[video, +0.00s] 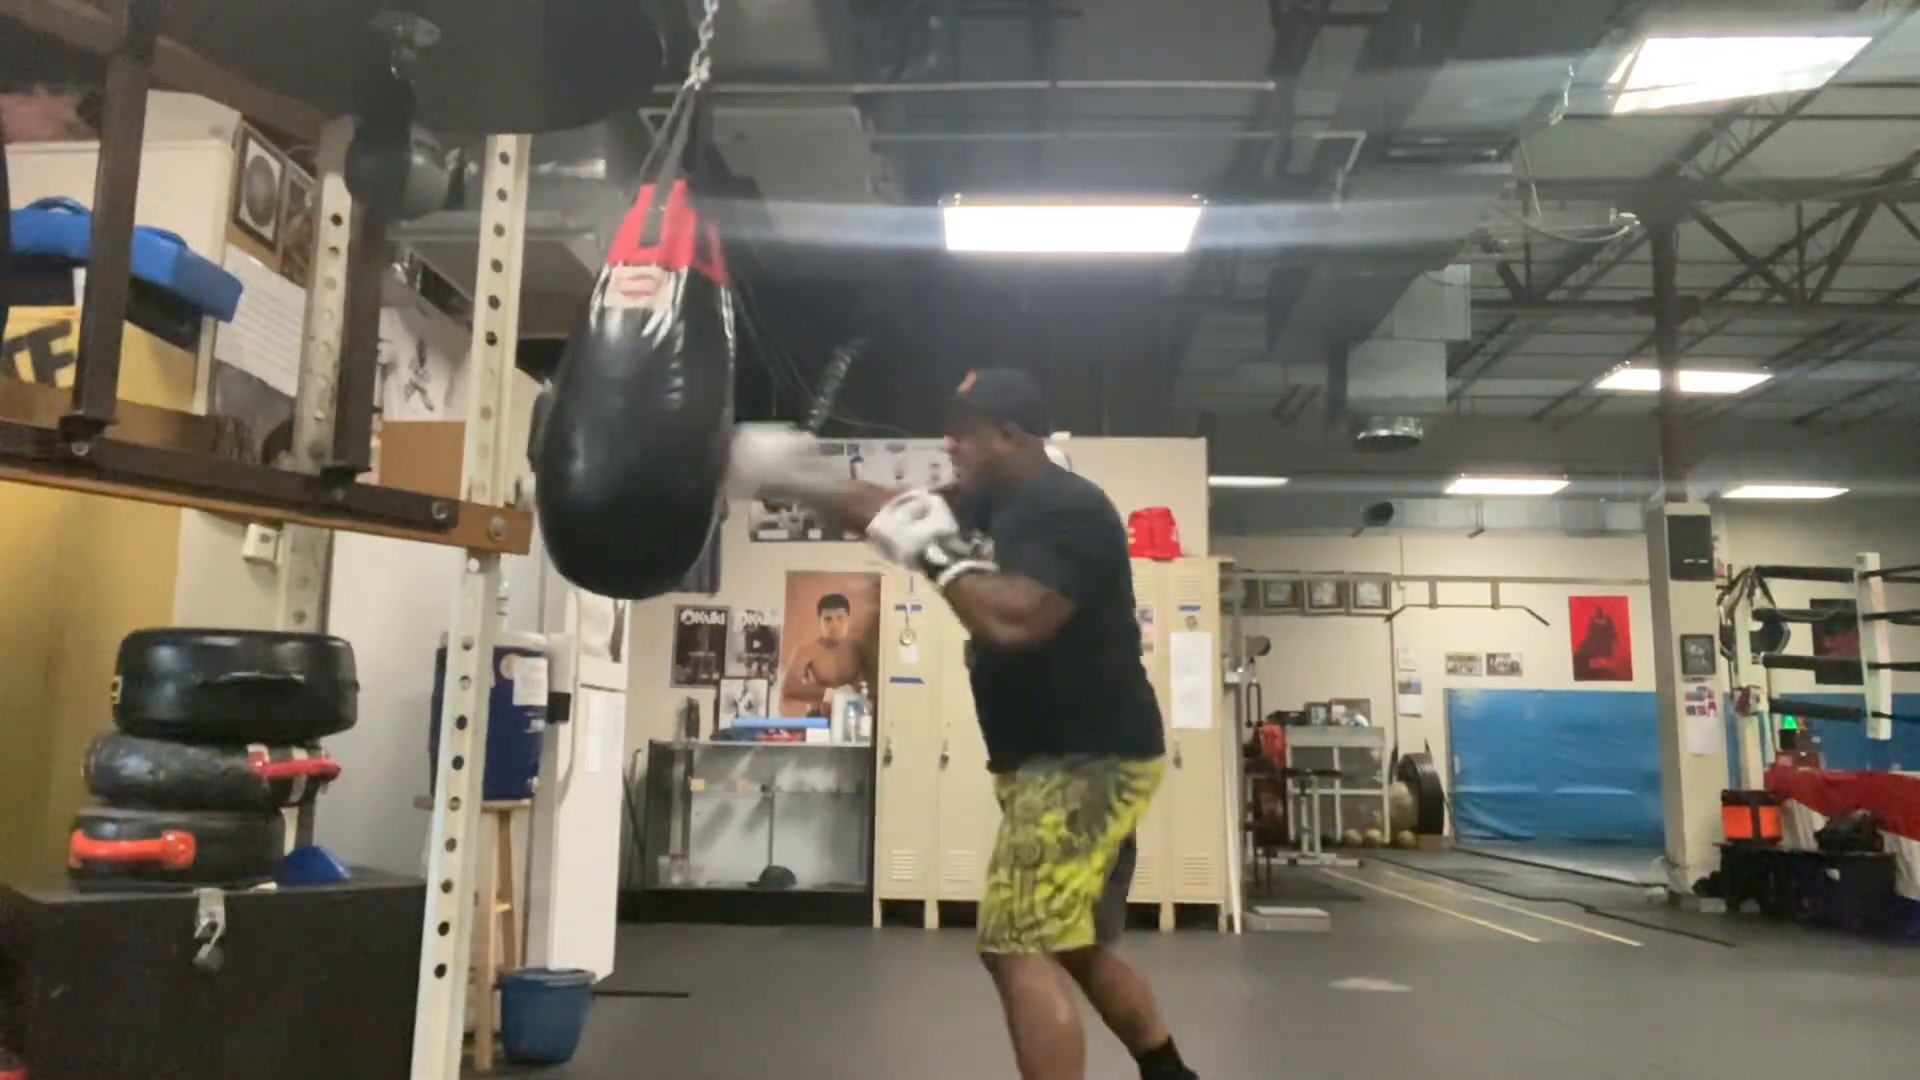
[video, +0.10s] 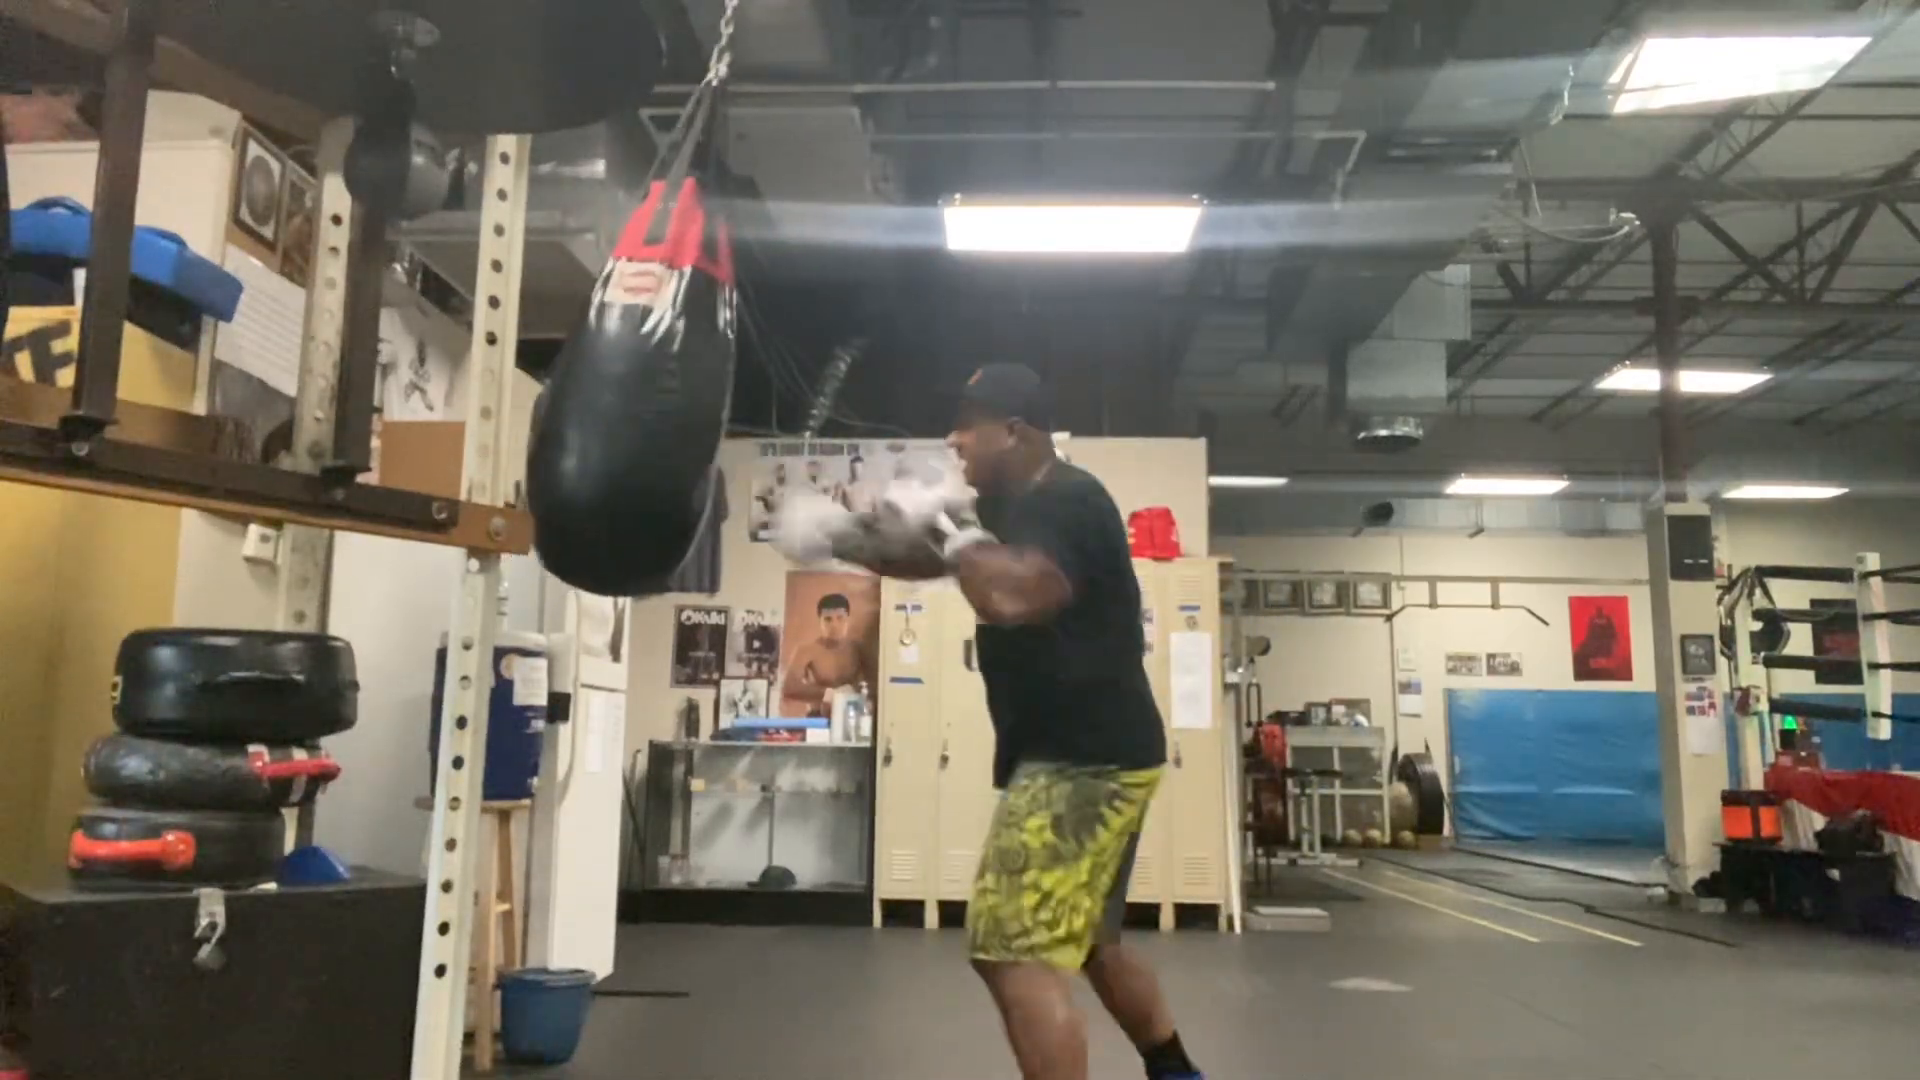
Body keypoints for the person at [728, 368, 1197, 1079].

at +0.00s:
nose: (949, 452)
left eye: (961, 438)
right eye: (951, 438)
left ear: (1009, 438)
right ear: (1004, 438)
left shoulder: (1068, 510)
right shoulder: (997, 503)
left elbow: (1013, 622)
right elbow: (899, 515)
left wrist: (936, 554)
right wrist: (799, 482)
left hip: (1086, 758)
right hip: (1045, 758)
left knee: (1015, 944)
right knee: (1083, 948)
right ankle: (1169, 1072)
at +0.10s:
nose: (956, 445)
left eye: (970, 430)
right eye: (958, 430)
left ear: (1019, 434)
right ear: (1017, 437)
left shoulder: (1068, 502)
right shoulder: (1010, 508)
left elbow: (1017, 595)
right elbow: (934, 556)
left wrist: (947, 534)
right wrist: (841, 534)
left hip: (1080, 757)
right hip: (1084, 756)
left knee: (1010, 948)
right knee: (1090, 939)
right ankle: (1174, 1070)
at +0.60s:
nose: (1012, 429)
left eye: (1024, 414)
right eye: (1013, 415)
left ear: (1073, 417)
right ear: (1064, 419)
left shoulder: (1132, 493)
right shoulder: (1058, 497)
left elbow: (1062, 598)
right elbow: (1004, 572)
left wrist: (1003, 523)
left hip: (1151, 754)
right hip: (1123, 753)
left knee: (1084, 944)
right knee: (1156, 948)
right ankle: (1209, 1079)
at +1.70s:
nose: (1066, 434)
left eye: (1077, 418)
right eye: (1068, 418)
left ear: (1120, 420)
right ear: (1127, 423)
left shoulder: (1158, 489)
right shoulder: (1158, 491)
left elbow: (1105, 585)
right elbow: (1102, 615)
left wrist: (1040, 517)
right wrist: (1028, 585)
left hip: (1182, 749)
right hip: (1211, 745)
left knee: (1135, 950)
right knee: (1199, 949)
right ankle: (1252, 1074)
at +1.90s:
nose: (1057, 444)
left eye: (1065, 428)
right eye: (1057, 429)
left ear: (1108, 428)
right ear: (1125, 431)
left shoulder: (1112, 498)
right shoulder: (1193, 496)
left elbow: (1054, 616)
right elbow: (1128, 603)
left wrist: (975, 591)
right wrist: (1037, 563)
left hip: (1158, 750)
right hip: (1226, 745)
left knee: (1074, 954)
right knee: (1196, 943)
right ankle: (1255, 1075)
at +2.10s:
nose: (1022, 434)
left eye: (1035, 420)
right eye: (1021, 421)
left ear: (1083, 421)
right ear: (1068, 426)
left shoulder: (1153, 494)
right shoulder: (1059, 497)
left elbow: (1128, 591)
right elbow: (970, 528)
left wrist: (1042, 506)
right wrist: (894, 488)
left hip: (1158, 752)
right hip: (1112, 751)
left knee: (1084, 943)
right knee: (1161, 948)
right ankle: (1247, 1072)